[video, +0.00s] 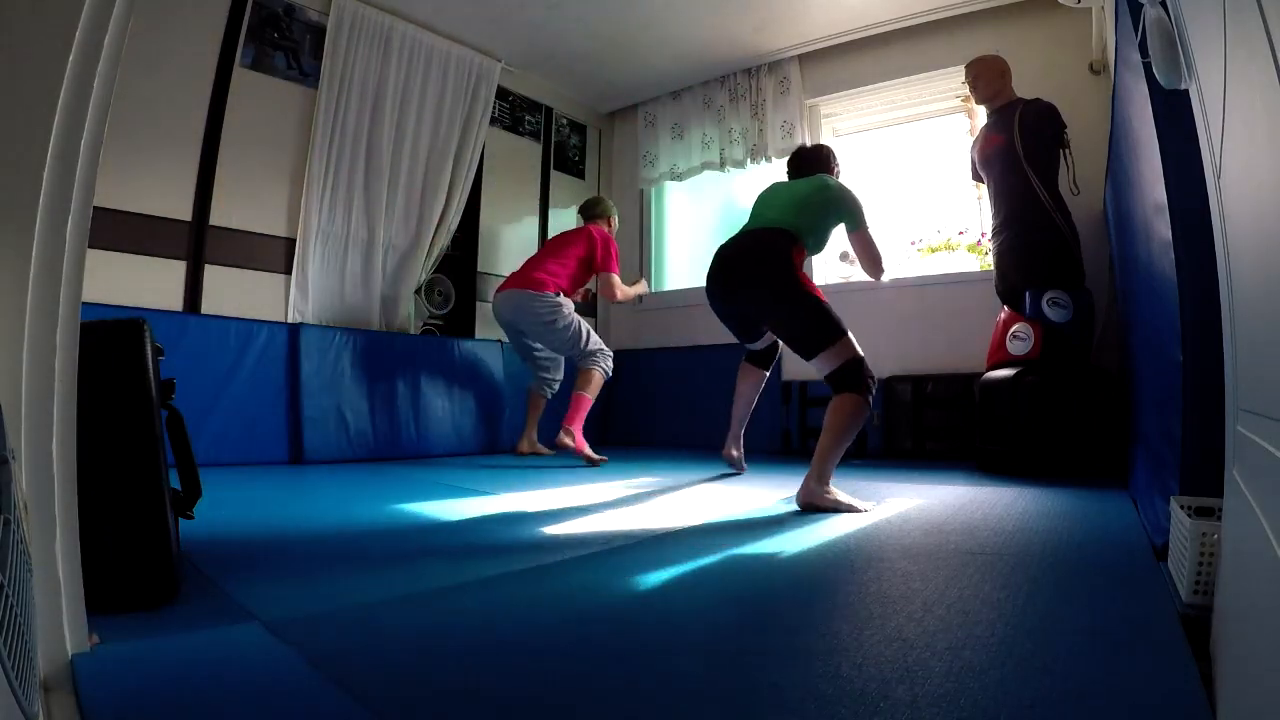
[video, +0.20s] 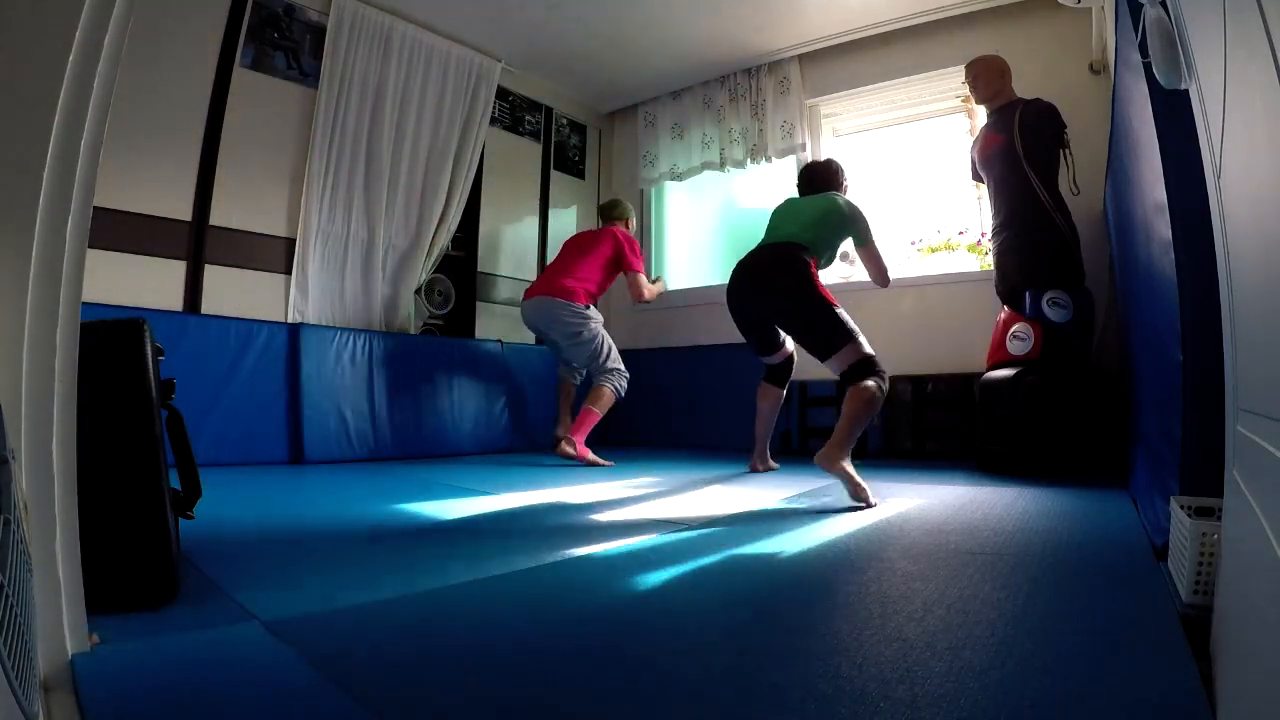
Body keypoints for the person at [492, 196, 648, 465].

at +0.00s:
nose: (616, 229)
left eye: (615, 225)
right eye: (616, 224)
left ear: (584, 220)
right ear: (610, 221)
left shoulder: (564, 237)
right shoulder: (602, 237)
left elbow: (537, 275)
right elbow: (614, 293)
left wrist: (571, 292)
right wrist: (638, 289)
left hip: (503, 299)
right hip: (539, 298)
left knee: (549, 366)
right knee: (598, 355)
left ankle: (528, 439)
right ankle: (572, 431)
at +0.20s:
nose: (633, 230)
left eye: (634, 226)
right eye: (633, 226)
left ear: (602, 221)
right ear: (627, 223)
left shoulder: (578, 238)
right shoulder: (623, 239)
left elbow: (551, 272)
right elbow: (642, 294)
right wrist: (658, 287)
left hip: (533, 303)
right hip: (568, 306)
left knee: (571, 361)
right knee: (614, 373)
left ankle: (564, 429)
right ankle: (576, 440)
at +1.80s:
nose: (620, 230)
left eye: (620, 225)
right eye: (620, 224)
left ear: (588, 219)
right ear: (614, 222)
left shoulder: (570, 233)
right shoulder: (608, 235)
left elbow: (536, 268)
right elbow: (619, 296)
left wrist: (568, 299)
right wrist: (648, 293)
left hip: (495, 286)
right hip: (533, 287)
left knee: (542, 354)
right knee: (587, 356)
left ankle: (519, 425)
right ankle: (562, 441)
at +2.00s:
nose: (599, 224)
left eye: (599, 219)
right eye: (599, 218)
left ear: (566, 215)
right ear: (592, 216)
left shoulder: (544, 230)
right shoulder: (585, 232)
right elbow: (589, 297)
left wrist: (549, 298)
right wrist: (626, 291)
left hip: (468, 289)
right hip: (507, 290)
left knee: (515, 364)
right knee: (563, 358)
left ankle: (500, 440)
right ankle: (516, 425)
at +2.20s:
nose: (578, 216)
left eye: (578, 210)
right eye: (578, 210)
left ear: (547, 205)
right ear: (571, 207)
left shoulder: (524, 220)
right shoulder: (561, 222)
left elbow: (482, 257)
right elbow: (568, 287)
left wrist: (512, 293)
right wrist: (601, 287)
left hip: (437, 277)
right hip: (475, 278)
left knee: (489, 349)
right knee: (534, 351)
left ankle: (461, 427)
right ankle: (500, 443)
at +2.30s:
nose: (565, 212)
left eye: (564, 207)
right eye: (565, 207)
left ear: (531, 201)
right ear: (559, 203)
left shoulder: (510, 217)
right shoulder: (545, 217)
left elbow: (465, 257)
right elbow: (553, 285)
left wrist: (501, 293)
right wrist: (589, 283)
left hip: (418, 275)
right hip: (454, 273)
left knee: (470, 355)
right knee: (525, 340)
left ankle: (440, 441)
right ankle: (486, 430)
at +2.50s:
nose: (538, 203)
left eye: (537, 199)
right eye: (538, 198)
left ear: (503, 192)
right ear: (532, 195)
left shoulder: (478, 207)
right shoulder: (522, 209)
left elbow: (429, 246)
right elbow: (526, 280)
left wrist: (463, 284)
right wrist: (561, 279)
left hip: (384, 261)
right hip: (424, 265)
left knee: (435, 357)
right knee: (477, 354)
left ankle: (434, 441)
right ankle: (434, 450)